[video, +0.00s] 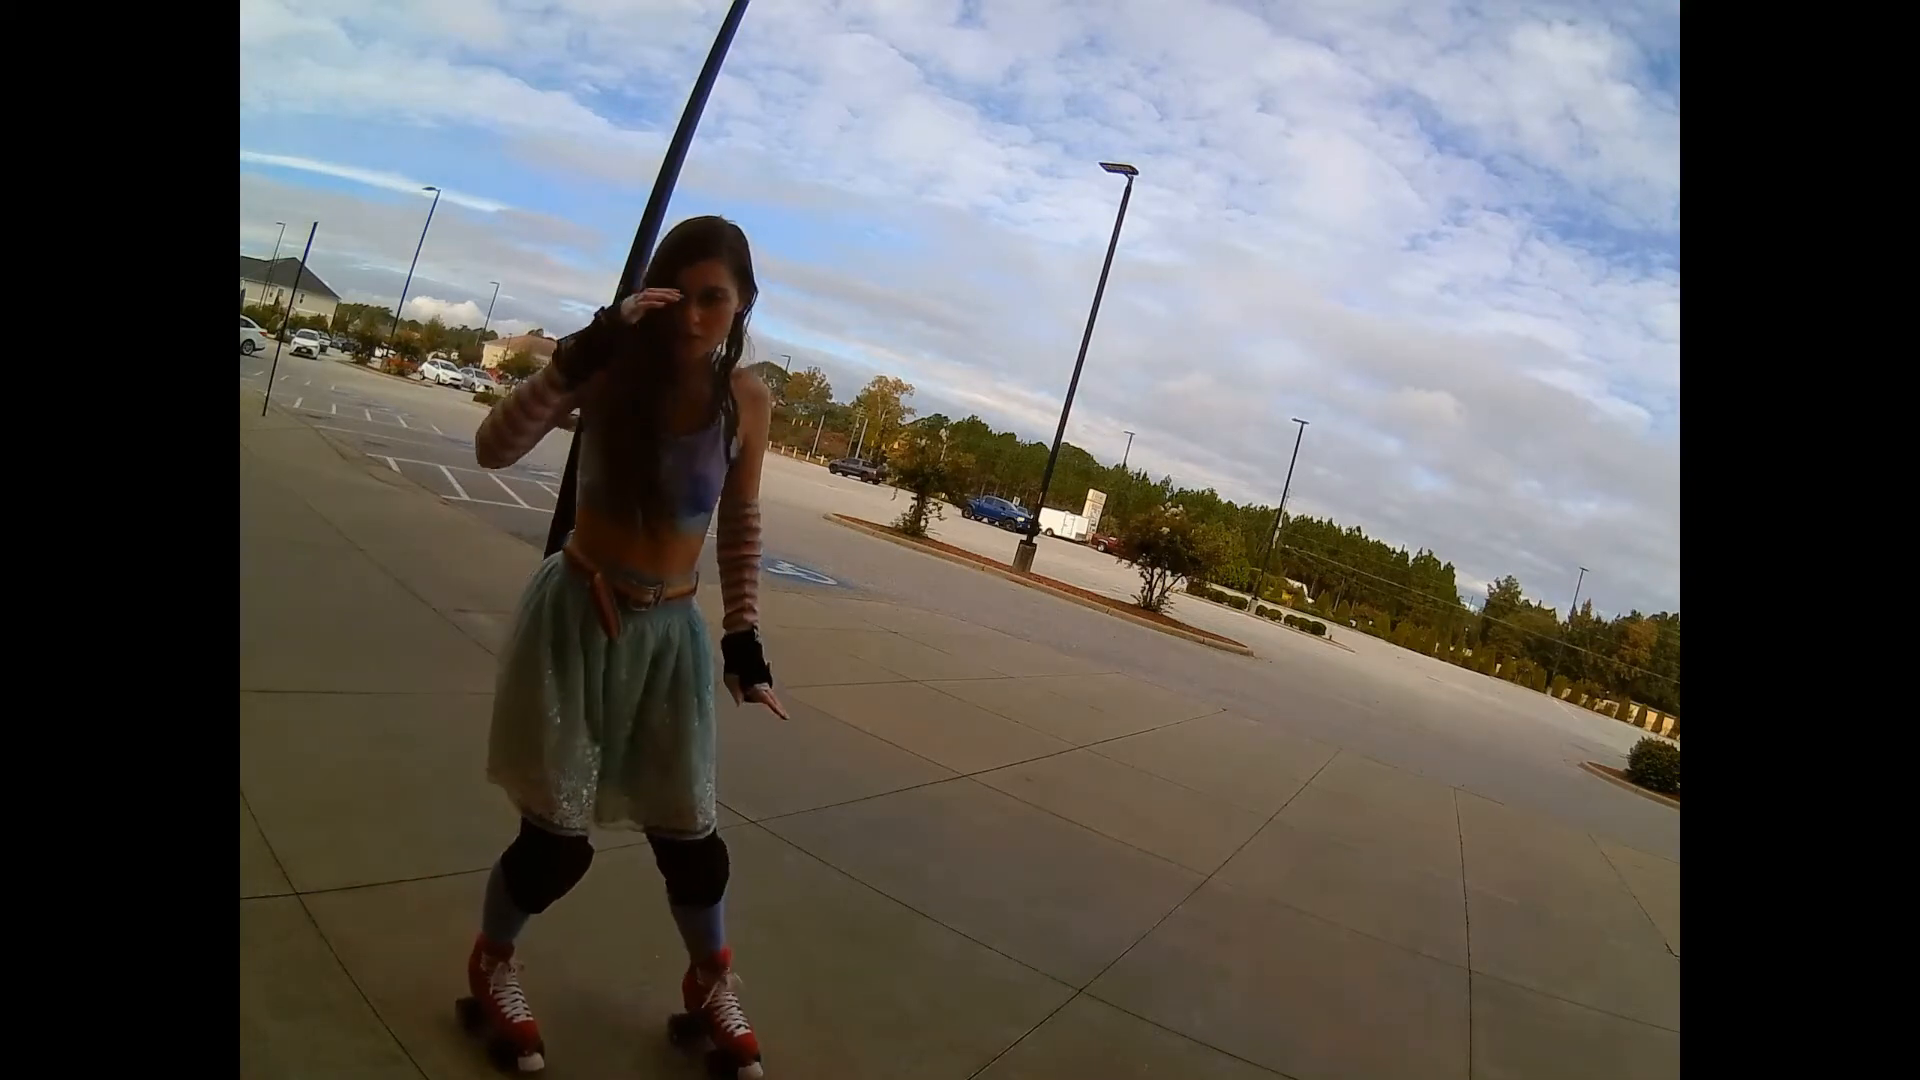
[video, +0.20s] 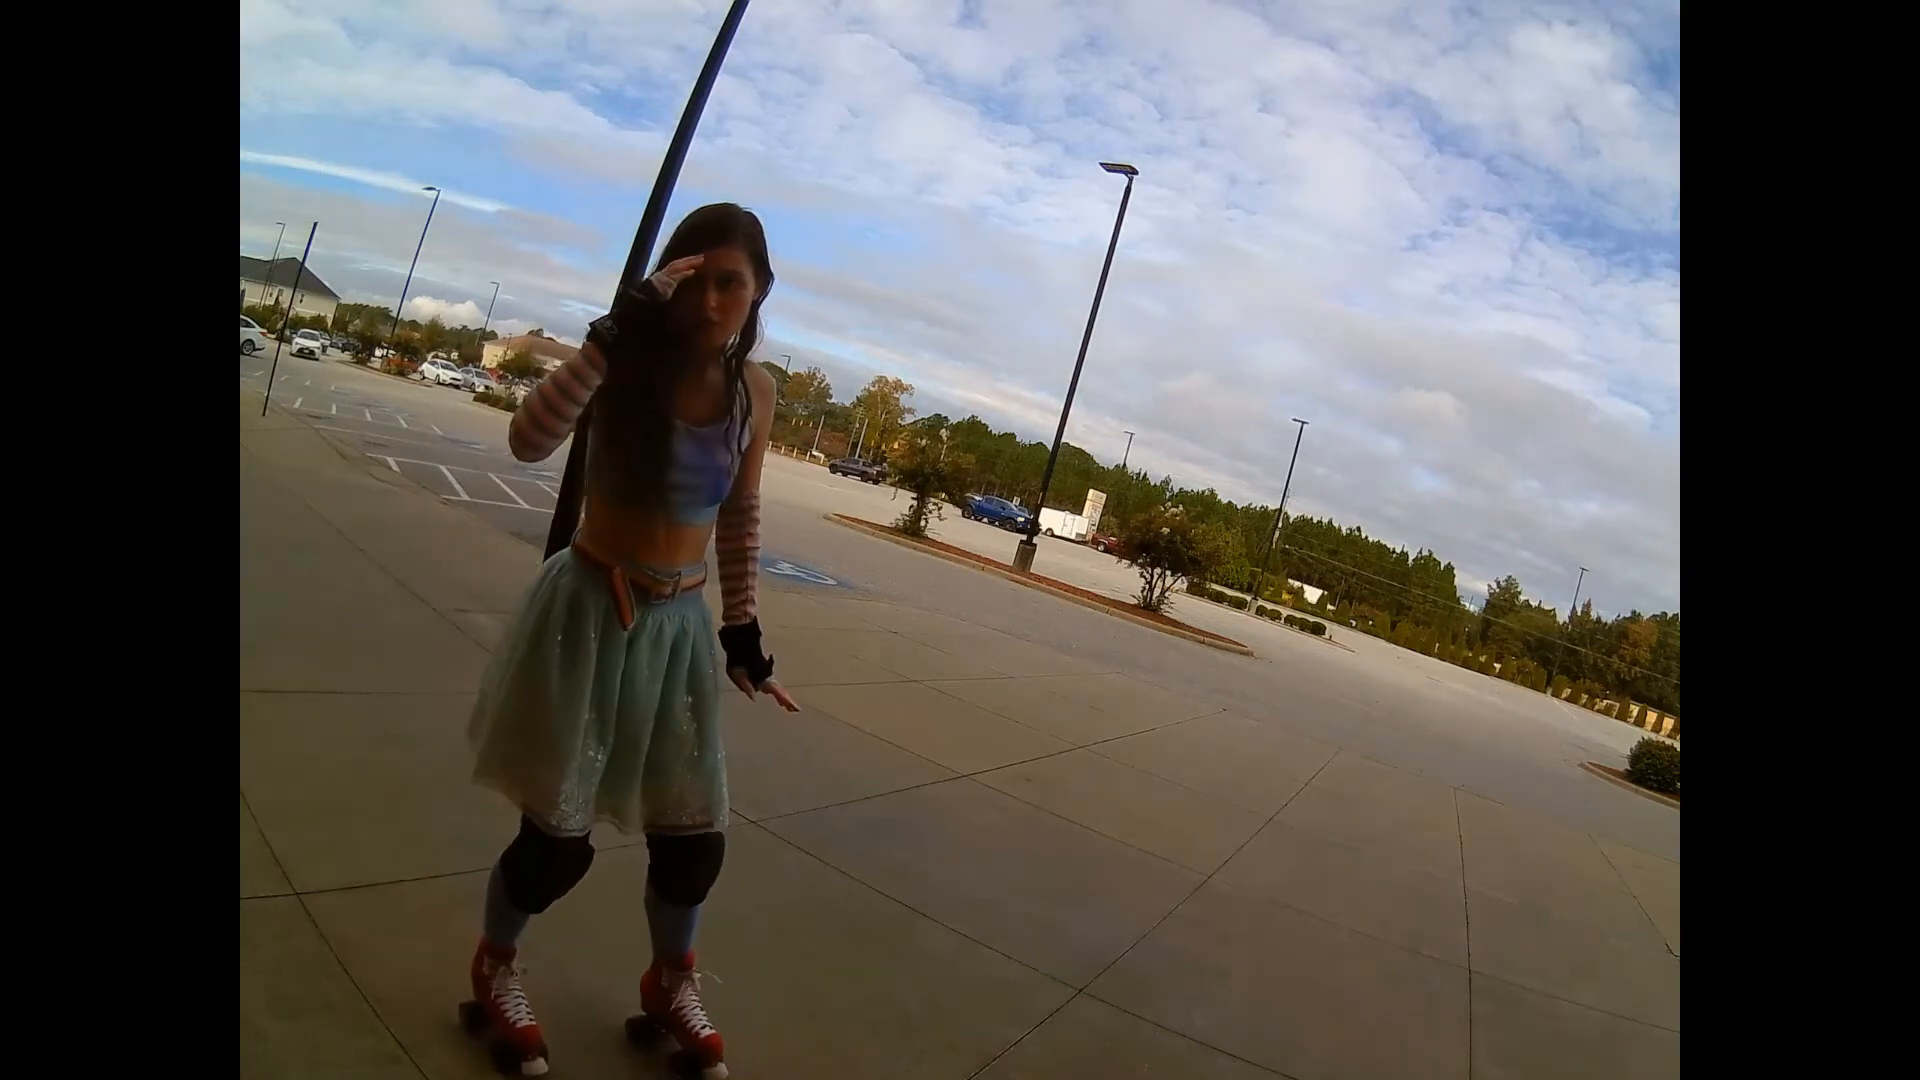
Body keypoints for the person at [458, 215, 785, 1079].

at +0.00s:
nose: (693, 313)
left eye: (714, 299)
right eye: (680, 294)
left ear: (741, 307)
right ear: (653, 293)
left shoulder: (744, 399)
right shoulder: (607, 363)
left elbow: (741, 523)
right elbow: (495, 449)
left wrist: (742, 634)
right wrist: (593, 348)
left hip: (672, 629)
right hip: (574, 615)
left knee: (694, 848)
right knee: (557, 847)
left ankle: (711, 990)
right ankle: (491, 964)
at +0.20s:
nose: (712, 297)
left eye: (732, 283)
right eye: (698, 278)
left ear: (757, 296)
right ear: (669, 281)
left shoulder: (752, 393)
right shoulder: (621, 361)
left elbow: (740, 519)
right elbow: (528, 441)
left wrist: (741, 628)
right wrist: (617, 331)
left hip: (681, 621)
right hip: (586, 608)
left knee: (693, 846)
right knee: (558, 846)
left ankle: (670, 988)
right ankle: (494, 966)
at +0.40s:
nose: (746, 302)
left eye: (767, 285)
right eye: (730, 281)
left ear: (794, 294)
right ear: (701, 281)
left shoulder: (783, 394)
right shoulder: (654, 360)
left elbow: (764, 516)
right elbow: (566, 447)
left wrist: (760, 625)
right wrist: (643, 341)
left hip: (708, 628)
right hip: (618, 610)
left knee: (694, 846)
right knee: (564, 839)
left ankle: (666, 986)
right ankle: (497, 968)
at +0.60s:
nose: (775, 309)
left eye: (796, 292)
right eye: (760, 288)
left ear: (820, 303)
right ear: (729, 287)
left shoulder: (812, 402)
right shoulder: (677, 358)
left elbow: (797, 523)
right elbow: (588, 423)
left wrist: (789, 631)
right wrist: (675, 326)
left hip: (729, 628)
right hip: (634, 608)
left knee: (701, 840)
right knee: (580, 832)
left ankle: (667, 977)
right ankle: (526, 980)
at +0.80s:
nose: (784, 315)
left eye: (804, 299)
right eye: (767, 294)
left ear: (826, 311)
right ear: (733, 294)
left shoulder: (819, 410)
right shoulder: (681, 366)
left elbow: (807, 531)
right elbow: (576, 401)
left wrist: (805, 639)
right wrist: (659, 316)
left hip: (737, 630)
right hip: (641, 612)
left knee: (700, 841)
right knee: (583, 831)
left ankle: (659, 972)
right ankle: (536, 990)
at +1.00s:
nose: (782, 316)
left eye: (805, 301)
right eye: (768, 292)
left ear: (825, 313)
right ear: (734, 289)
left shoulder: (816, 408)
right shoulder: (681, 364)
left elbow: (800, 530)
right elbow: (567, 407)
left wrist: (804, 628)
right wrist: (636, 340)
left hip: (734, 628)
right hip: (637, 611)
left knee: (697, 835)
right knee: (584, 835)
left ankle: (656, 971)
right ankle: (535, 991)